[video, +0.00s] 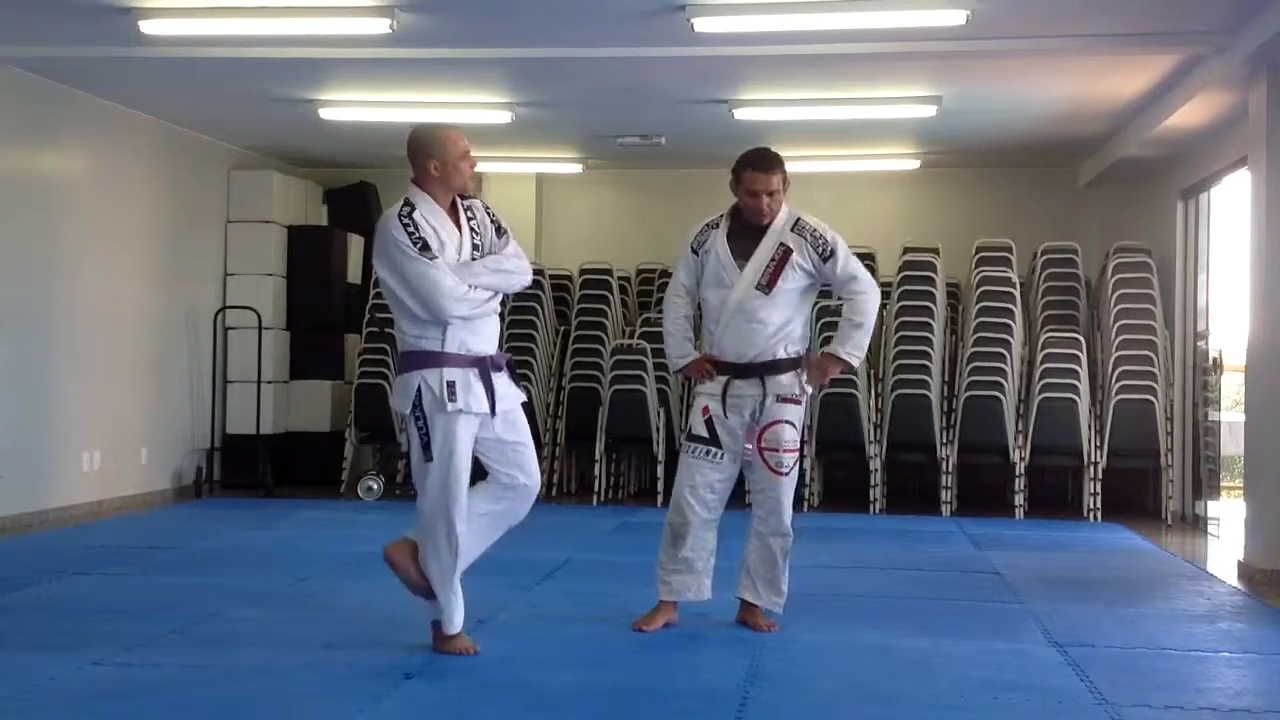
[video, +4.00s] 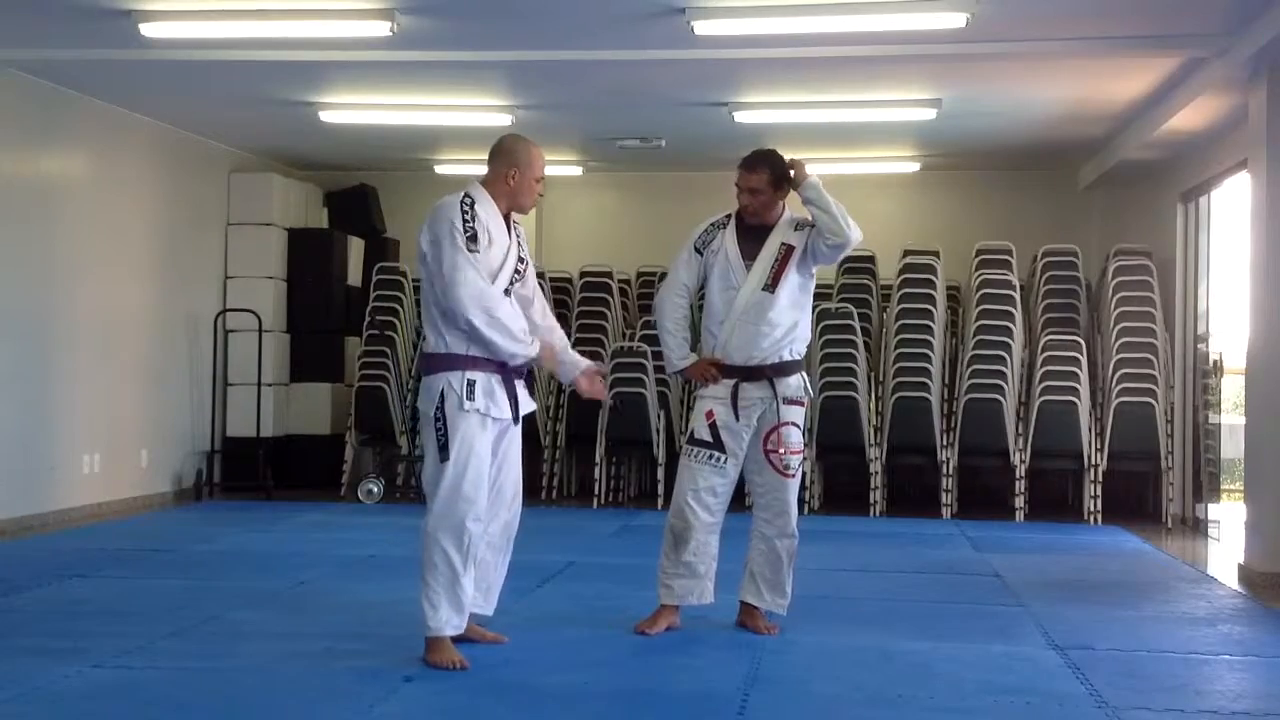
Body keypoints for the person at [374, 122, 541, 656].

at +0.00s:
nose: (475, 165)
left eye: (472, 157)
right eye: (466, 159)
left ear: (444, 167)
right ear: (433, 168)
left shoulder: (477, 213)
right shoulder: (398, 227)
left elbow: (521, 271)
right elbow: (446, 301)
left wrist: (457, 273)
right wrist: (494, 290)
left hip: (489, 373)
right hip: (435, 377)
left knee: (520, 482)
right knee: (444, 501)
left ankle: (420, 554)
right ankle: (449, 626)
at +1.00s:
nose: (431, 168)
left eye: (428, 158)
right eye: (420, 159)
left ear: (393, 168)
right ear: (388, 168)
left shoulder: (413, 219)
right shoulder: (359, 220)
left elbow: (469, 266)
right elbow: (413, 299)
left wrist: (432, 274)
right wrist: (448, 295)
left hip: (414, 376)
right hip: (382, 378)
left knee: (385, 497)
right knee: (414, 501)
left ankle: (322, 600)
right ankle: (440, 624)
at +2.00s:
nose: (422, 159)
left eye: (421, 149)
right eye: (414, 150)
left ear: (390, 156)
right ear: (381, 155)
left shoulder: (407, 213)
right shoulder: (348, 208)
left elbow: (444, 276)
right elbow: (387, 297)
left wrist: (395, 272)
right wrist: (425, 287)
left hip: (381, 373)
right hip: (347, 373)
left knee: (353, 497)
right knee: (358, 504)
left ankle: (311, 603)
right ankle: (346, 634)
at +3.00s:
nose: (491, 178)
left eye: (491, 168)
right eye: (486, 168)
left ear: (461, 169)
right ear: (454, 169)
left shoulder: (478, 224)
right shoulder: (407, 219)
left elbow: (515, 286)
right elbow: (446, 298)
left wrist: (458, 272)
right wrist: (492, 293)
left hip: (477, 378)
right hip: (426, 377)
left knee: (481, 500)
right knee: (415, 502)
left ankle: (455, 614)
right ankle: (364, 627)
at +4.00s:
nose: (542, 189)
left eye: (543, 179)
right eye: (538, 179)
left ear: (510, 174)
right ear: (511, 175)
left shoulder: (511, 232)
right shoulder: (456, 214)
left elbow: (536, 310)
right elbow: (465, 298)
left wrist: (575, 367)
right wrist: (531, 347)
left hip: (503, 385)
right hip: (459, 384)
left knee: (498, 505)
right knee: (457, 507)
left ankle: (465, 617)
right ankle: (439, 632)